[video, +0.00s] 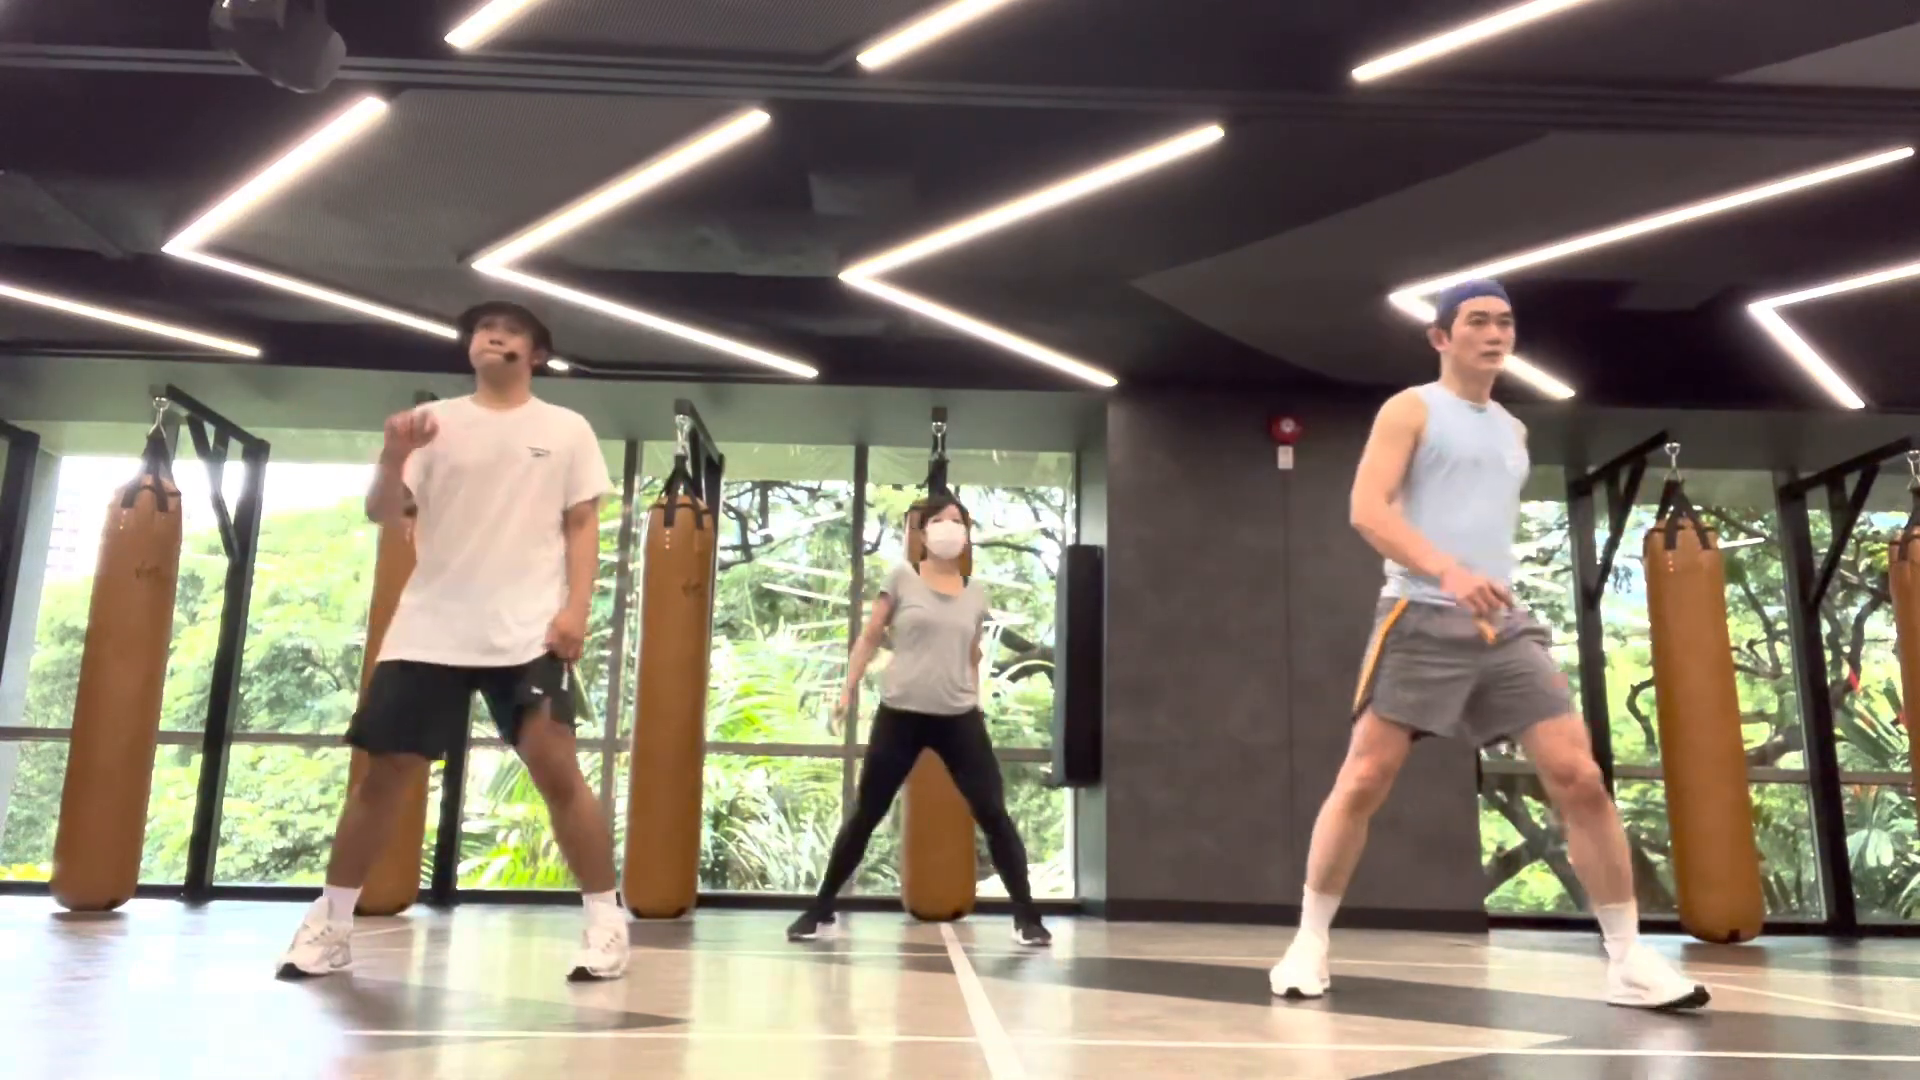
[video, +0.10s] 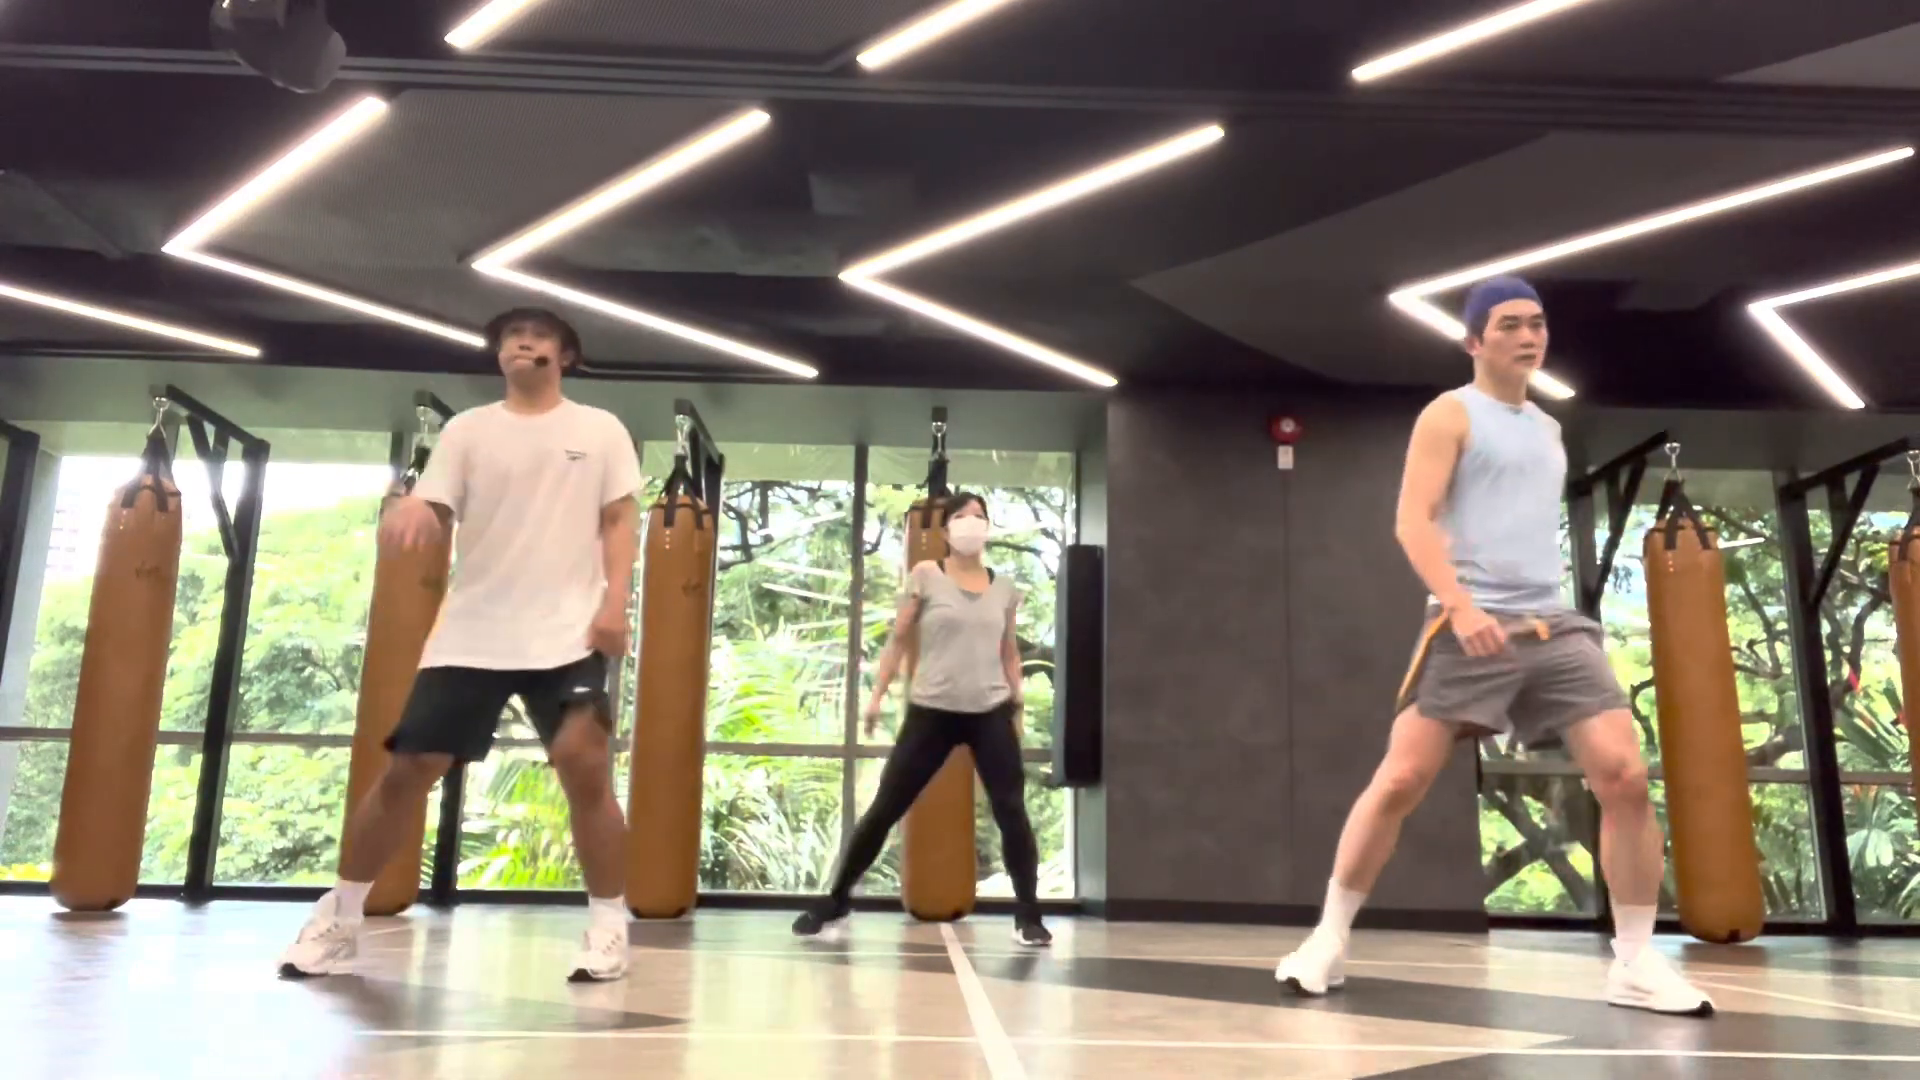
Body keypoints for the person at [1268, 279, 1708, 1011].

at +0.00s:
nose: (1494, 333)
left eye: (1503, 322)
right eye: (1478, 321)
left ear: (1513, 339)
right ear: (1442, 337)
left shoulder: (1513, 434)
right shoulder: (1410, 409)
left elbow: (1487, 530)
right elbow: (1368, 510)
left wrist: (1503, 607)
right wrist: (1451, 571)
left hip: (1505, 627)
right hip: (1421, 622)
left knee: (1580, 777)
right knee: (1363, 778)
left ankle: (1627, 960)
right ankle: (1309, 942)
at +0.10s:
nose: (1530, 336)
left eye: (1537, 325)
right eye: (1513, 325)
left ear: (1547, 339)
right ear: (1477, 340)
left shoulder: (1548, 431)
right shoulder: (1448, 415)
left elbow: (1536, 527)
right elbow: (1413, 521)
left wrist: (1554, 613)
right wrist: (1460, 606)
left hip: (1556, 627)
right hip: (1469, 628)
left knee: (1626, 775)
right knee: (1399, 781)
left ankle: (1636, 961)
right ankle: (1328, 940)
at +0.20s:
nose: (1549, 330)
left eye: (1557, 318)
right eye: (1532, 319)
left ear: (1566, 329)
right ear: (1497, 332)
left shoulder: (1572, 412)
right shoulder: (1466, 408)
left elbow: (1565, 514)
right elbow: (1432, 517)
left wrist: (1587, 599)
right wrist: (1449, 618)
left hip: (1589, 612)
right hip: (1505, 616)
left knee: (1638, 772)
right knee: (1460, 776)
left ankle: (1635, 961)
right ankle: (1392, 925)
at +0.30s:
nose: (1559, 328)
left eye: (1568, 315)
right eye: (1540, 316)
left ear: (1578, 327)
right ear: (1503, 330)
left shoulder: (1591, 407)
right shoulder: (1467, 407)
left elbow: (1593, 485)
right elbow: (1434, 516)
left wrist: (1628, 534)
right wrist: (1436, 618)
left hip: (1610, 598)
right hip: (1528, 598)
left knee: (1640, 769)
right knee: (1542, 768)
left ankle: (1637, 958)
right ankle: (1488, 914)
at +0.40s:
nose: (1565, 339)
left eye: (1575, 326)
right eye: (1548, 326)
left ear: (1584, 334)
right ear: (1510, 335)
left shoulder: (1607, 412)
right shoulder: (1465, 420)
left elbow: (1622, 491)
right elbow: (1437, 524)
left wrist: (1648, 503)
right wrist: (1434, 628)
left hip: (1622, 598)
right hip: (1541, 604)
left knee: (1656, 769)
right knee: (1599, 770)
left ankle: (1645, 955)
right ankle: (1595, 948)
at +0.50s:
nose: (1569, 354)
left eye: (1580, 342)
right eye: (1553, 340)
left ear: (1589, 348)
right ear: (1516, 346)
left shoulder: (1618, 424)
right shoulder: (1467, 435)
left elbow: (1650, 534)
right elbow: (1448, 543)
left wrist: (1656, 489)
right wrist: (1445, 646)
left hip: (1628, 610)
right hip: (1544, 619)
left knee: (1666, 767)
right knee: (1606, 765)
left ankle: (1645, 954)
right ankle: (1587, 935)